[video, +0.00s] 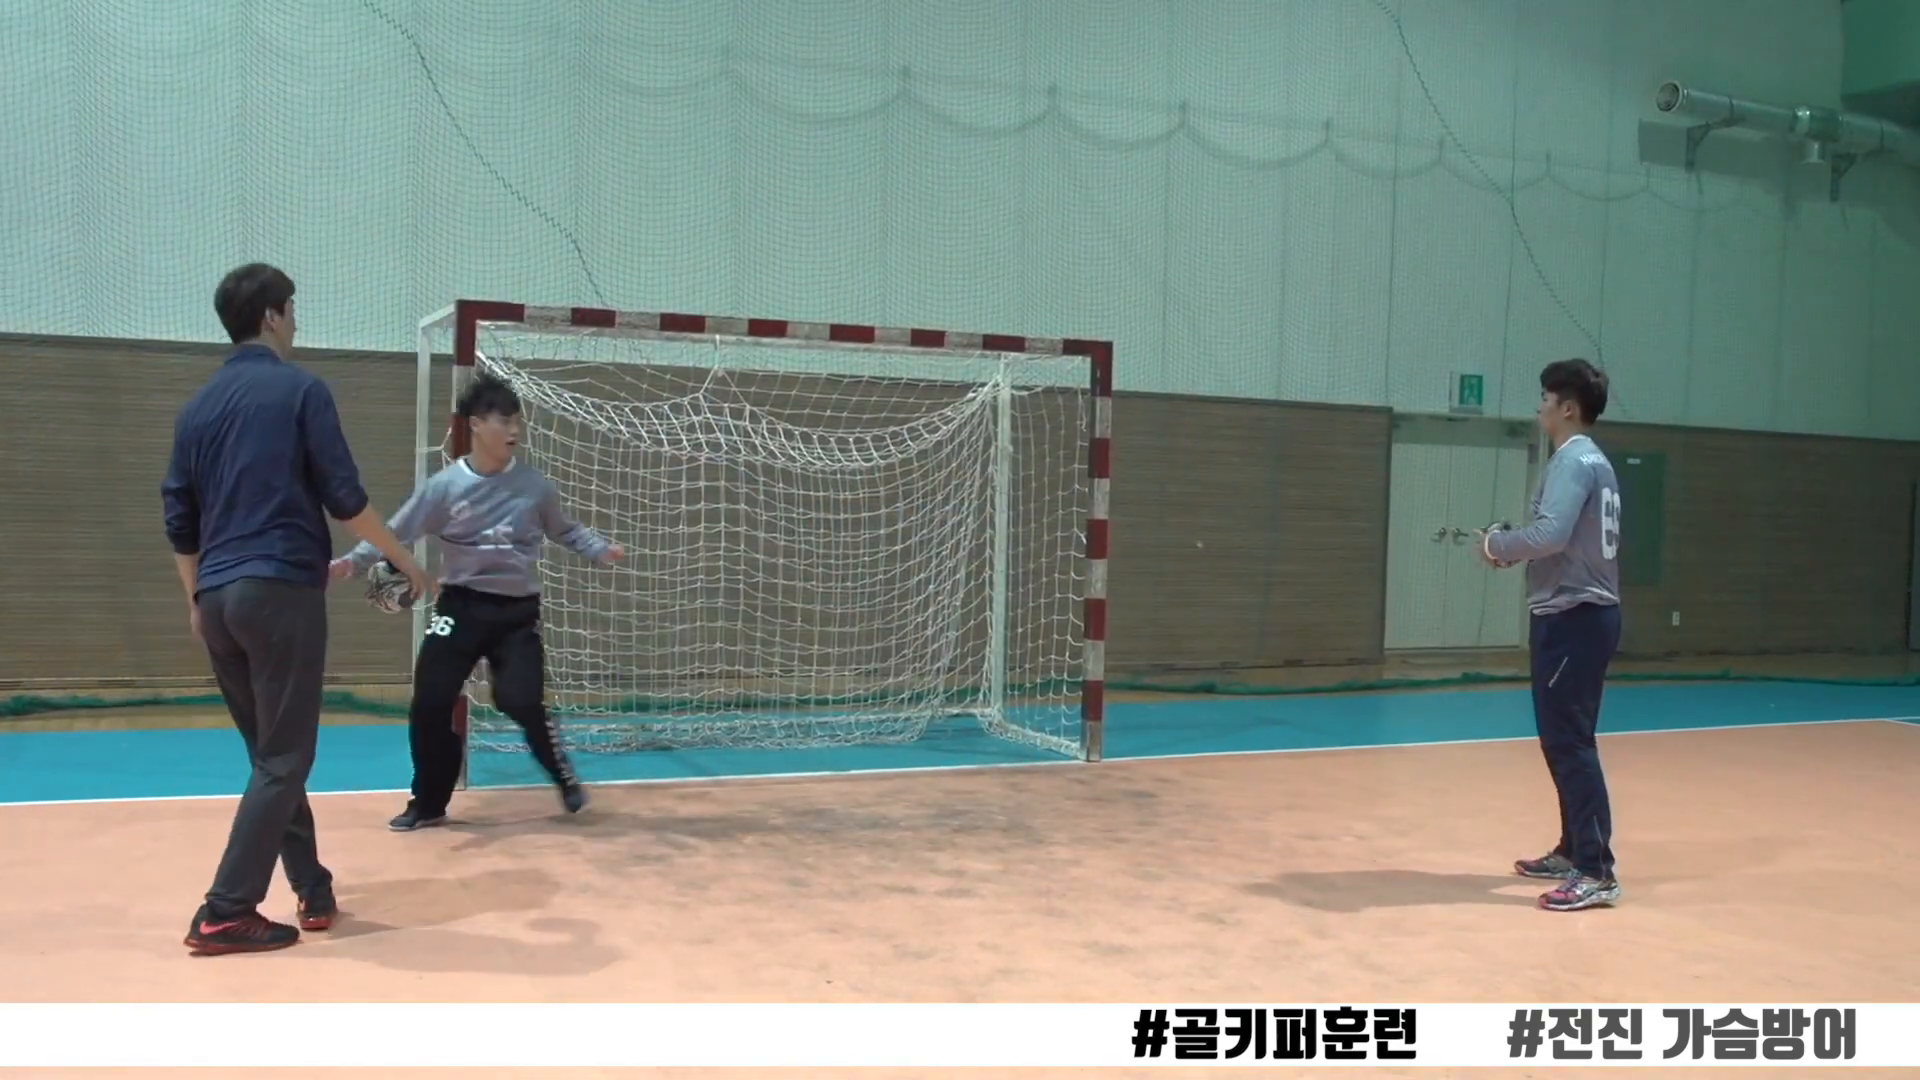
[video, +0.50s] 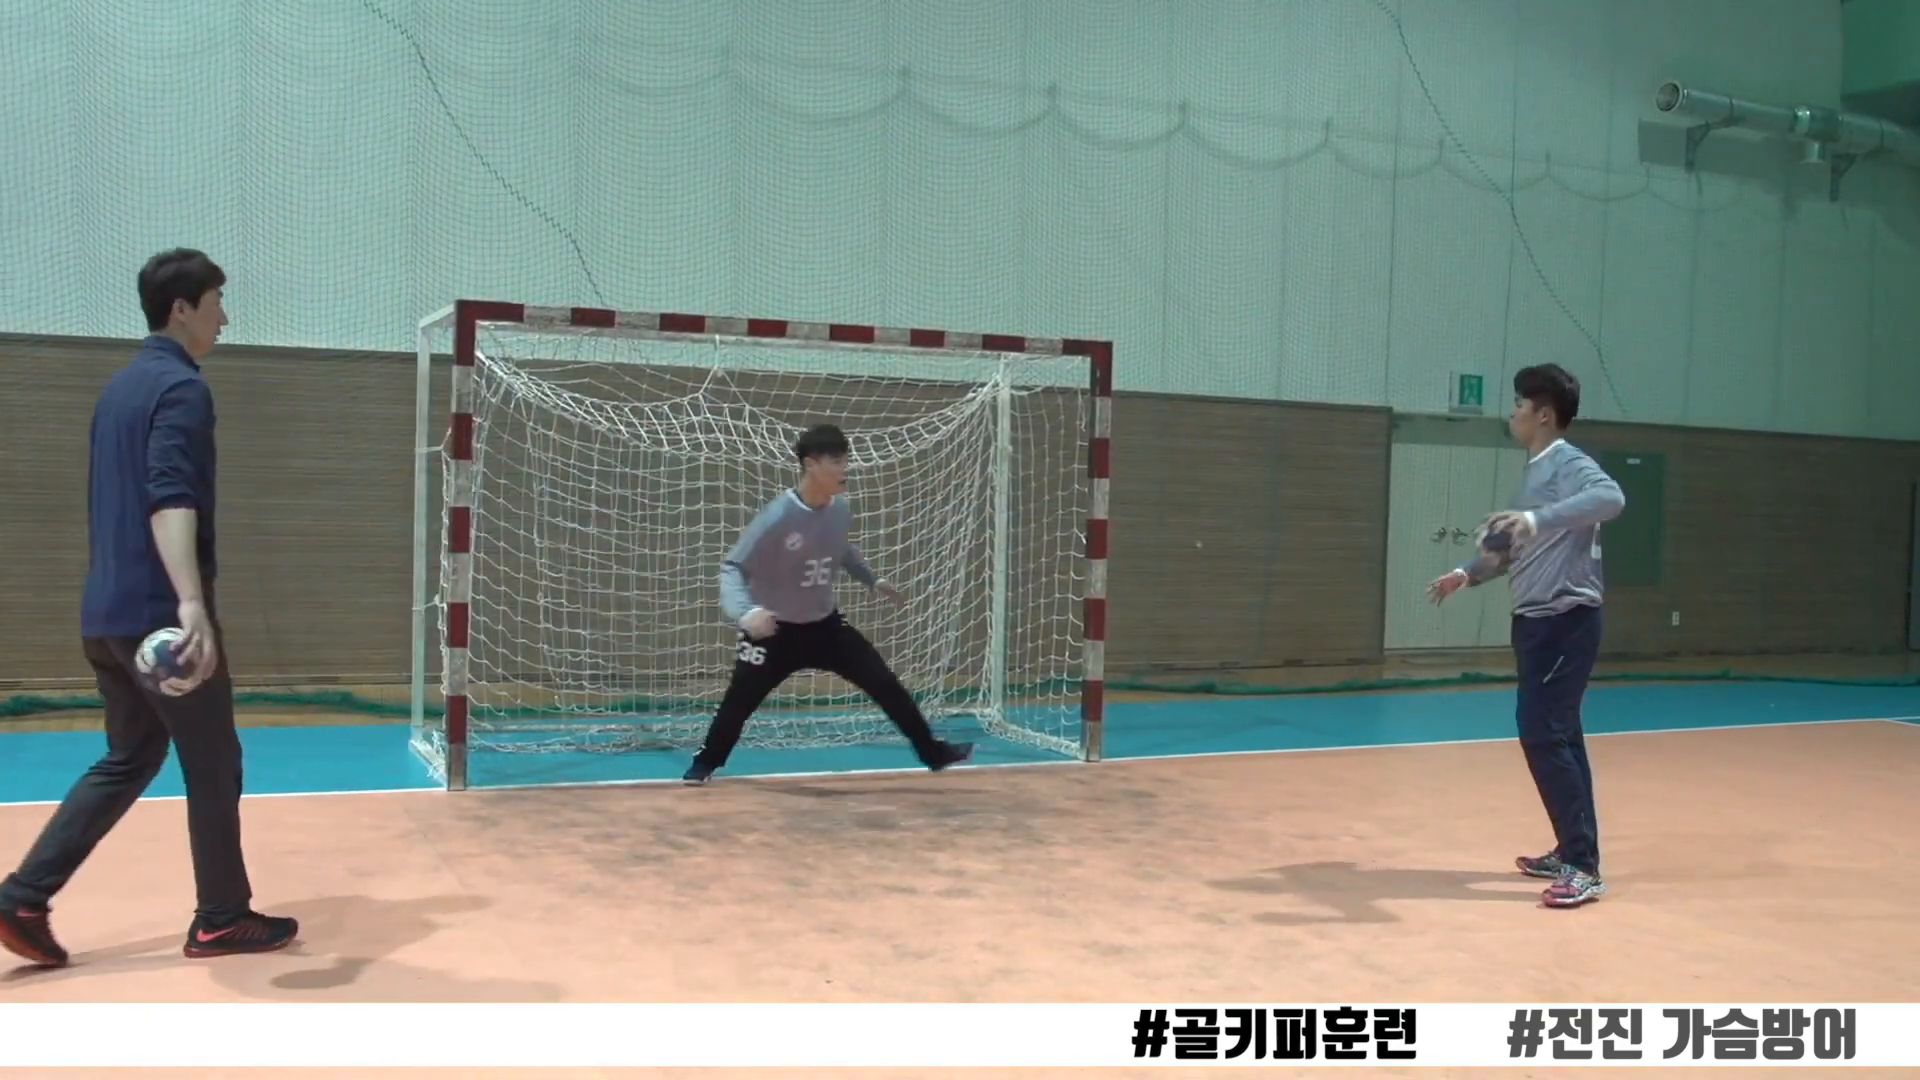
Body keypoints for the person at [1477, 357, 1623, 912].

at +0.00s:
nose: (1539, 408)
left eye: (1545, 399)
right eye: (1542, 398)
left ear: (1567, 405)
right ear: (1576, 408)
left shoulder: (1573, 460)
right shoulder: (1592, 461)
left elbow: (1552, 535)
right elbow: (1563, 538)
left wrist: (1499, 544)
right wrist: (1509, 546)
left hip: (1573, 619)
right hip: (1581, 616)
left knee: (1566, 740)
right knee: (1568, 739)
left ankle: (1597, 873)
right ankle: (1574, 852)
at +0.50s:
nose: (1511, 414)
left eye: (1519, 404)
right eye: (1515, 404)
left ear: (1544, 413)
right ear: (1541, 413)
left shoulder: (1566, 459)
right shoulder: (1534, 474)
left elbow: (1610, 498)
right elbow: (1515, 542)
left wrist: (1538, 520)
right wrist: (1468, 572)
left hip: (1565, 619)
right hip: (1538, 620)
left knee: (1544, 733)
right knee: (1555, 734)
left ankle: (1584, 867)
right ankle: (1573, 852)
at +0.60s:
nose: (1498, 417)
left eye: (1506, 409)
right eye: (1500, 408)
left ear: (1532, 416)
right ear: (1526, 416)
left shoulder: (1573, 464)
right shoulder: (1507, 477)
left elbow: (1641, 479)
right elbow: (1503, 549)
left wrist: (1590, 469)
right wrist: (1459, 588)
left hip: (1560, 623)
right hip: (1521, 624)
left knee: (1543, 738)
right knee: (1537, 738)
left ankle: (1582, 867)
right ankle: (1567, 852)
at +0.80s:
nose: (1464, 428)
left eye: (1472, 420)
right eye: (1466, 419)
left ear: (1499, 427)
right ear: (1494, 428)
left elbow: (1618, 470)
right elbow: (1468, 547)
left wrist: (1604, 409)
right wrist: (1451, 600)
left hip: (1543, 631)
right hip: (1488, 631)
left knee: (1543, 743)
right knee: (1457, 726)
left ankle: (1578, 867)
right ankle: (1526, 822)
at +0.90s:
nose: (1436, 433)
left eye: (1442, 425)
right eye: (1438, 424)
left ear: (1470, 432)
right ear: (1466, 431)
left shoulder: (1521, 482)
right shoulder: (1450, 481)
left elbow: (1575, 487)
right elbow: (1462, 552)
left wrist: (1571, 423)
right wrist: (1455, 609)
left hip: (1524, 636)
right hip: (1467, 634)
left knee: (1535, 750)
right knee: (1422, 717)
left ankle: (1576, 868)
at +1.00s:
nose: (1409, 434)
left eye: (1414, 426)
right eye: (1410, 425)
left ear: (1438, 433)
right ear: (1438, 431)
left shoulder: (1478, 484)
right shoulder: (1432, 486)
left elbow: (1509, 514)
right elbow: (1451, 554)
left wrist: (1503, 447)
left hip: (1494, 638)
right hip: (1441, 639)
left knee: (1520, 754)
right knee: (1397, 736)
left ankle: (1574, 867)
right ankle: (1367, 847)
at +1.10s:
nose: (1391, 424)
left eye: (1404, 415)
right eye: (1387, 415)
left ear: (1429, 424)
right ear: (1385, 423)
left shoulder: (1443, 477)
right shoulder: (1405, 475)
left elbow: (1428, 515)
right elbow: (1426, 549)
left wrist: (1397, 462)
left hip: (1467, 637)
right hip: (1418, 639)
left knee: (1494, 753)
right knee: (1379, 736)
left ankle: (1565, 858)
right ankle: (1371, 855)